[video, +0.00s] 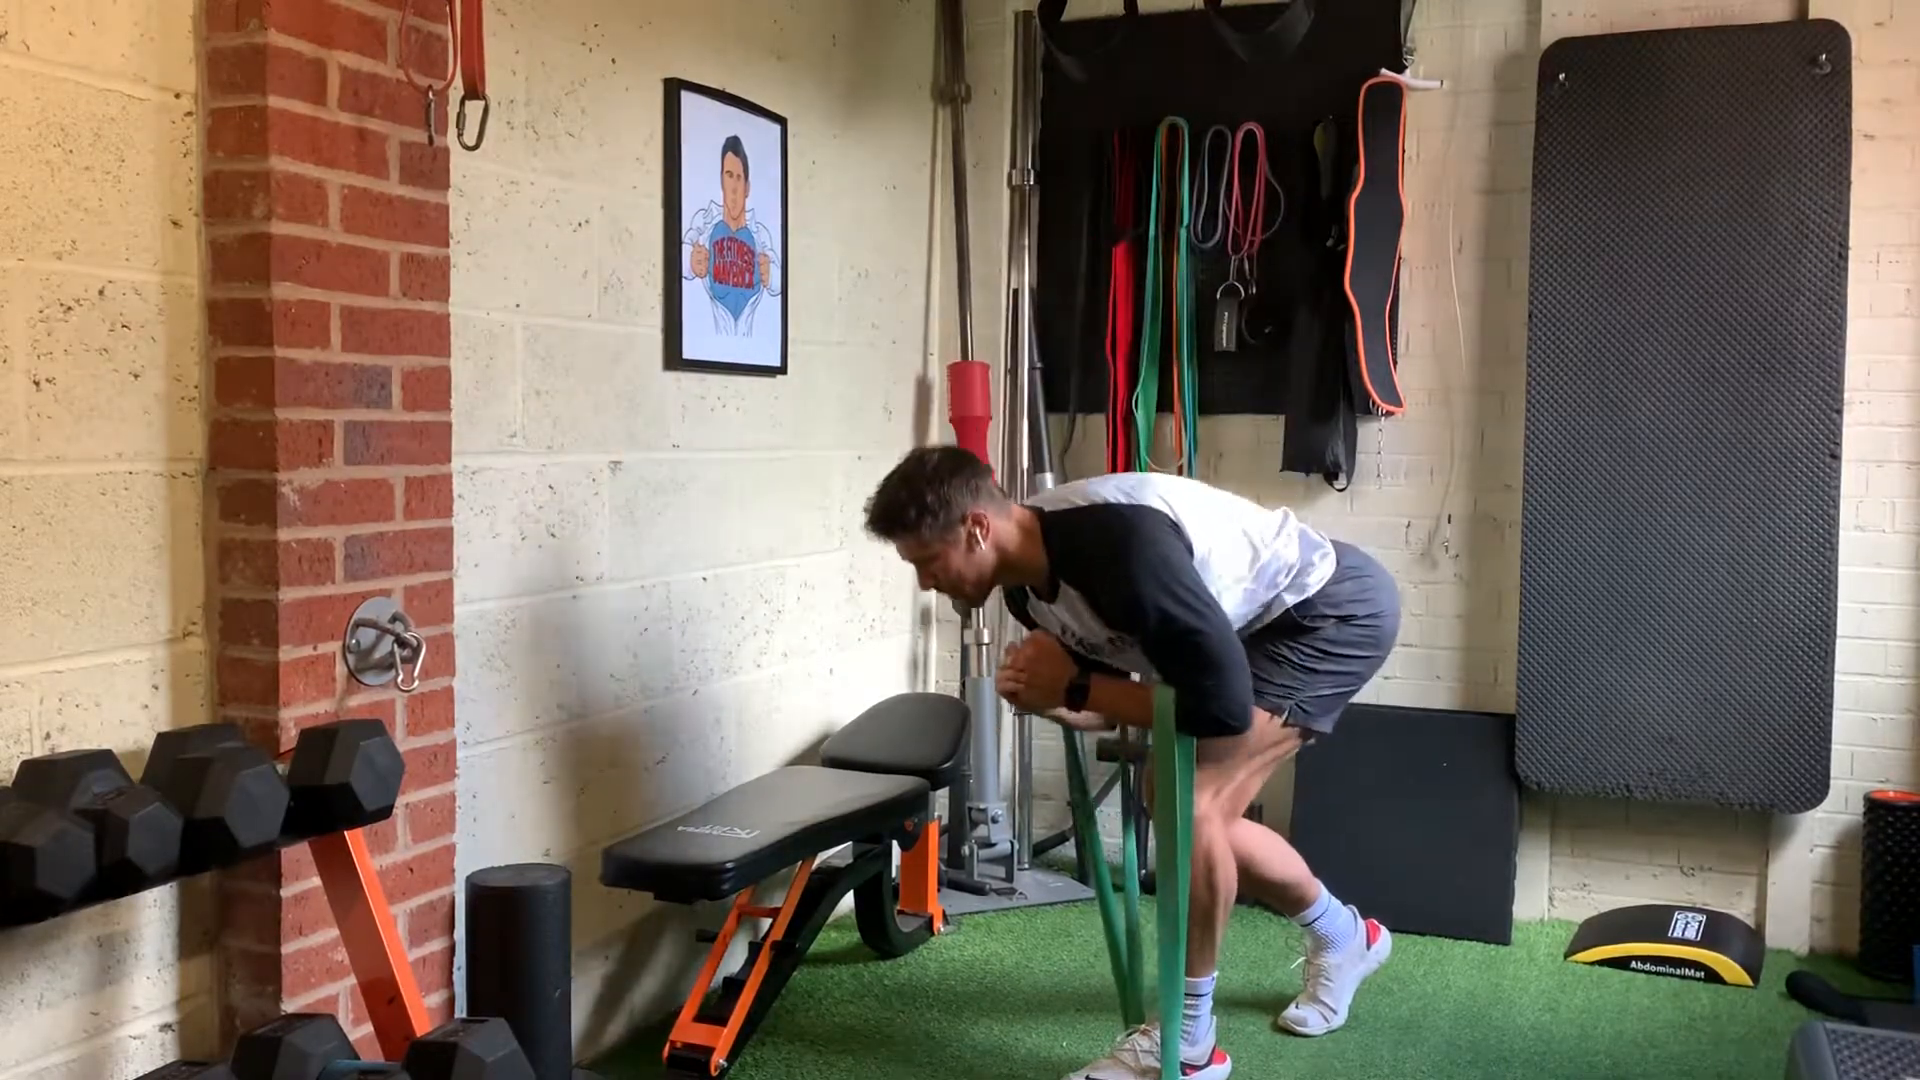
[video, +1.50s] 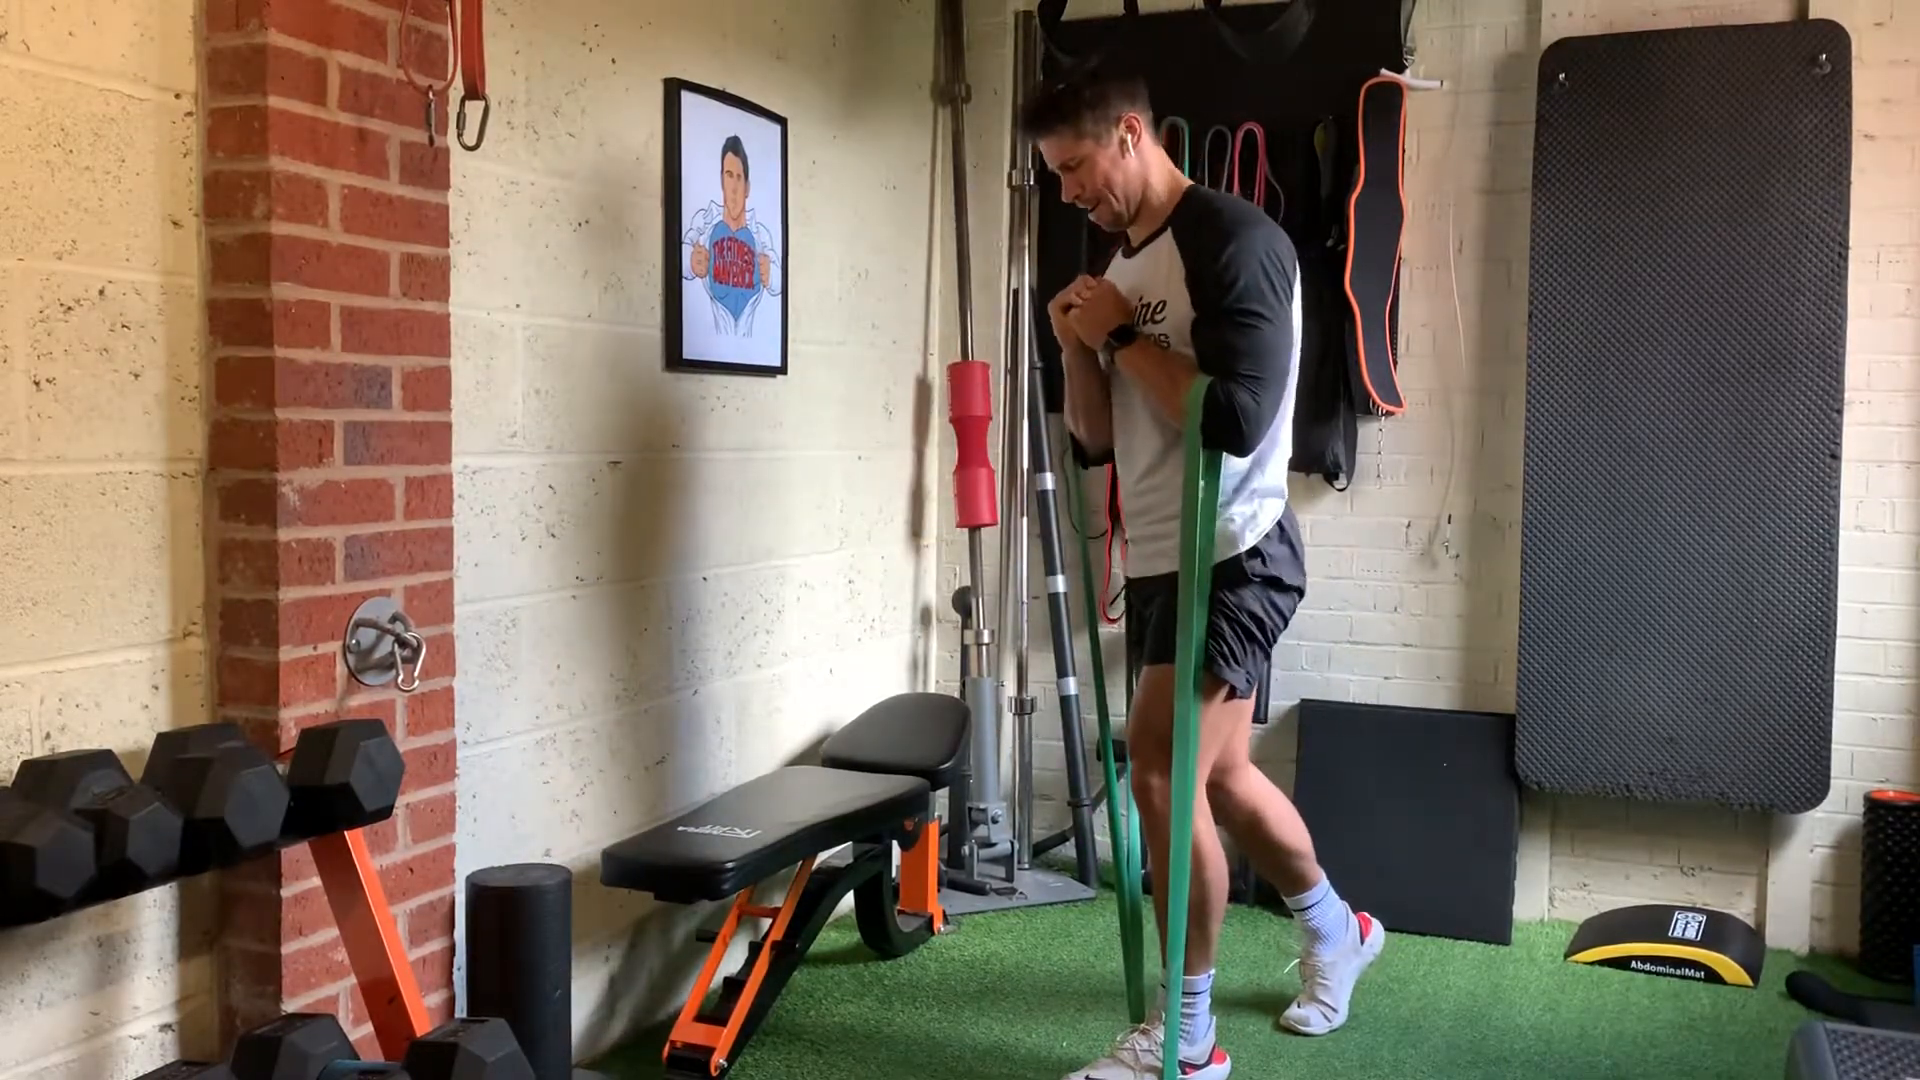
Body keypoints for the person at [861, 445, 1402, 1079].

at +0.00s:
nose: (926, 582)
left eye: (929, 561)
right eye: (916, 567)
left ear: (978, 526)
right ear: (978, 527)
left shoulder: (1127, 547)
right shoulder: (1024, 579)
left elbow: (1225, 711)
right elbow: (1133, 697)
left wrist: (1082, 687)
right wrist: (1061, 699)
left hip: (1331, 603)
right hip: (1255, 617)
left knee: (1191, 798)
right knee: (1199, 820)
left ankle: (1187, 1042)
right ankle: (1347, 935)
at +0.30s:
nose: (962, 374)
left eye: (969, 351)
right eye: (954, 357)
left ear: (1026, 321)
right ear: (1018, 328)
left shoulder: (1155, 385)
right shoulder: (1040, 430)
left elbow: (1217, 563)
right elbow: (1096, 588)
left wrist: (1084, 520)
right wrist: (1041, 527)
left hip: (1308, 582)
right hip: (1224, 597)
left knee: (1177, 784)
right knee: (1219, 823)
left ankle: (1186, 1035)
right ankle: (1351, 936)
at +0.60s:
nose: (1037, 238)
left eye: (1043, 212)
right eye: (1025, 220)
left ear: (1102, 182)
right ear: (1069, 199)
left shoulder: (1215, 283)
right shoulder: (1084, 304)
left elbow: (1239, 462)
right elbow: (1094, 481)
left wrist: (1113, 394)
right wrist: (1072, 399)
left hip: (1265, 565)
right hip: (1187, 570)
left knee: (1162, 775)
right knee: (1216, 795)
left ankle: (1185, 1038)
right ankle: (1347, 933)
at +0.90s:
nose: (1108, 188)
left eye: (1117, 162)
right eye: (1092, 170)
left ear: (1166, 129)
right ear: (1087, 158)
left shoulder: (1257, 237)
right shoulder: (1120, 250)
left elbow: (1244, 406)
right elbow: (1088, 421)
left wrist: (1129, 316)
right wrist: (1091, 324)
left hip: (1227, 544)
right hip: (1146, 551)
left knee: (1163, 768)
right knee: (1232, 766)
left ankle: (1188, 1033)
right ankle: (1337, 930)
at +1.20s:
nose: (1103, 187)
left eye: (1110, 161)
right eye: (1089, 168)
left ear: (1165, 130)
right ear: (1112, 154)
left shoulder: (1262, 239)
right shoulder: (1127, 252)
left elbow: (1245, 412)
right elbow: (1092, 424)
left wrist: (1134, 318)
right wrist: (1092, 325)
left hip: (1228, 546)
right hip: (1148, 550)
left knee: (1162, 767)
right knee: (1229, 771)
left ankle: (1188, 1034)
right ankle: (1335, 929)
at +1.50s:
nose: (1071, 192)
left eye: (1080, 167)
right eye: (1058, 174)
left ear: (1136, 137)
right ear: (1068, 164)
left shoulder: (1239, 241)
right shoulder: (1110, 260)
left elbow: (1241, 419)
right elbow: (1097, 437)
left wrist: (1121, 337)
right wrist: (1081, 347)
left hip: (1236, 549)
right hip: (1159, 555)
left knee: (1160, 768)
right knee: (1225, 775)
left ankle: (1186, 1035)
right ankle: (1338, 932)